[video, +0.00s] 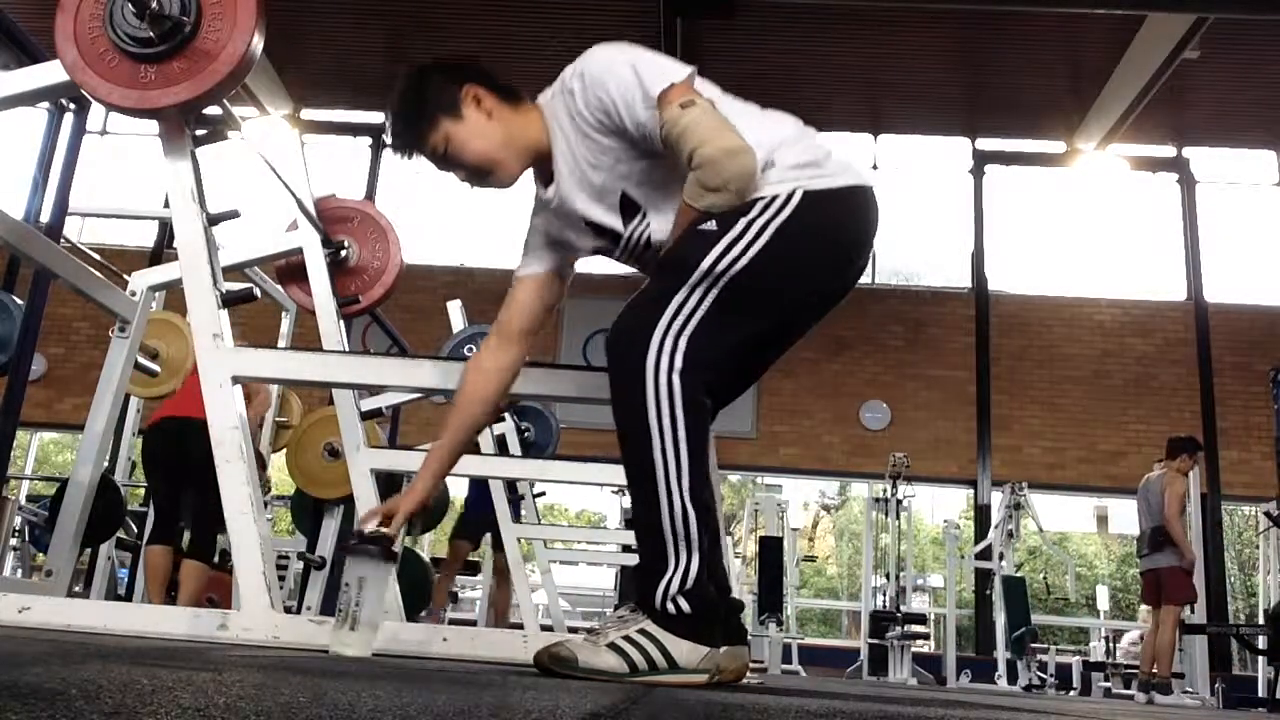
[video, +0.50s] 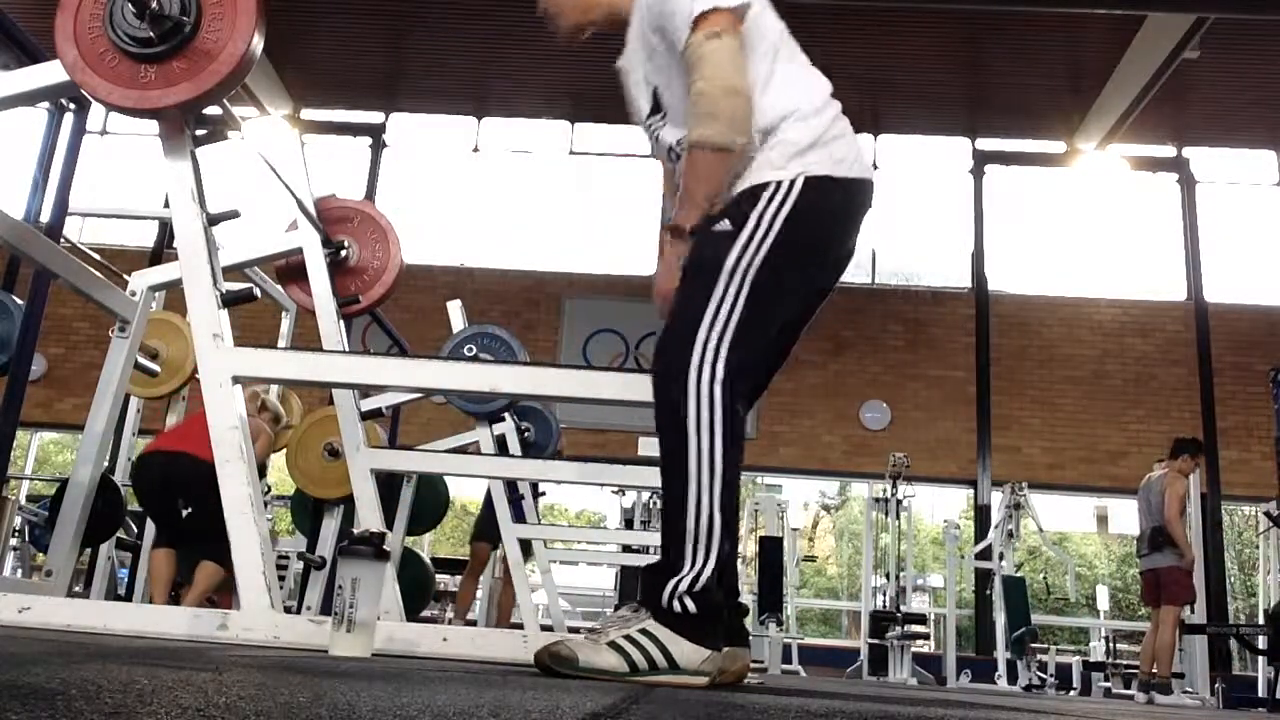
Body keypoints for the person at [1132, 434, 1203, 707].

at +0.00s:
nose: (1192, 469)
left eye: (1194, 464)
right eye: (1193, 463)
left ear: (1172, 457)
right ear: (1183, 458)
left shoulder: (1146, 480)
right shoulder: (1175, 480)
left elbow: (1147, 523)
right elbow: (1171, 519)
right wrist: (1187, 551)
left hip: (1148, 562)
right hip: (1170, 560)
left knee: (1155, 624)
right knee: (1168, 625)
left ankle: (1143, 685)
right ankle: (1163, 687)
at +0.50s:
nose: (1194, 471)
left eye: (1196, 466)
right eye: (1194, 465)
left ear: (1175, 459)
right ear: (1184, 459)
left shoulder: (1147, 480)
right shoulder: (1176, 480)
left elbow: (1147, 522)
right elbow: (1171, 518)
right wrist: (1187, 550)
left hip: (1148, 562)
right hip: (1170, 560)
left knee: (1155, 623)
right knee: (1168, 624)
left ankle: (1143, 685)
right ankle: (1163, 687)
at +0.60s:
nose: (1194, 471)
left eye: (1196, 467)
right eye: (1195, 465)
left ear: (1176, 459)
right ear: (1184, 459)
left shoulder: (1148, 480)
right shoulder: (1176, 481)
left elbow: (1148, 522)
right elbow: (1171, 519)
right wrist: (1188, 550)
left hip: (1148, 561)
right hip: (1169, 560)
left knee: (1155, 623)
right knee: (1168, 624)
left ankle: (1143, 685)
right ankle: (1163, 687)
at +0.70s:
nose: (1194, 472)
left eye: (1196, 467)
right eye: (1195, 466)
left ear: (1176, 459)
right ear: (1184, 459)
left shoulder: (1148, 480)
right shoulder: (1176, 480)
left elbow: (1149, 522)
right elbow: (1170, 518)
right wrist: (1188, 550)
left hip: (1148, 561)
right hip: (1169, 560)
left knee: (1155, 623)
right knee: (1167, 624)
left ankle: (1143, 685)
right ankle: (1163, 687)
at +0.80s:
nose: (1195, 472)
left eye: (1197, 467)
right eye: (1196, 466)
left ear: (1176, 459)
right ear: (1185, 459)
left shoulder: (1149, 480)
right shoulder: (1176, 480)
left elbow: (1149, 521)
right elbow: (1168, 517)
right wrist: (1188, 549)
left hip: (1149, 560)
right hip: (1169, 559)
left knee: (1156, 623)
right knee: (1167, 623)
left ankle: (1143, 684)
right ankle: (1163, 687)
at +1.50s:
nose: (1199, 474)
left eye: (1201, 469)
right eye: (1200, 469)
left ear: (1183, 458)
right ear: (1191, 461)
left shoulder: (1154, 481)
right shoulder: (1178, 479)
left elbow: (1158, 527)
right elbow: (1179, 524)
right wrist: (1203, 550)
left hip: (1156, 561)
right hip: (1173, 560)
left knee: (1186, 619)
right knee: (1169, 621)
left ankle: (1170, 679)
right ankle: (1164, 686)